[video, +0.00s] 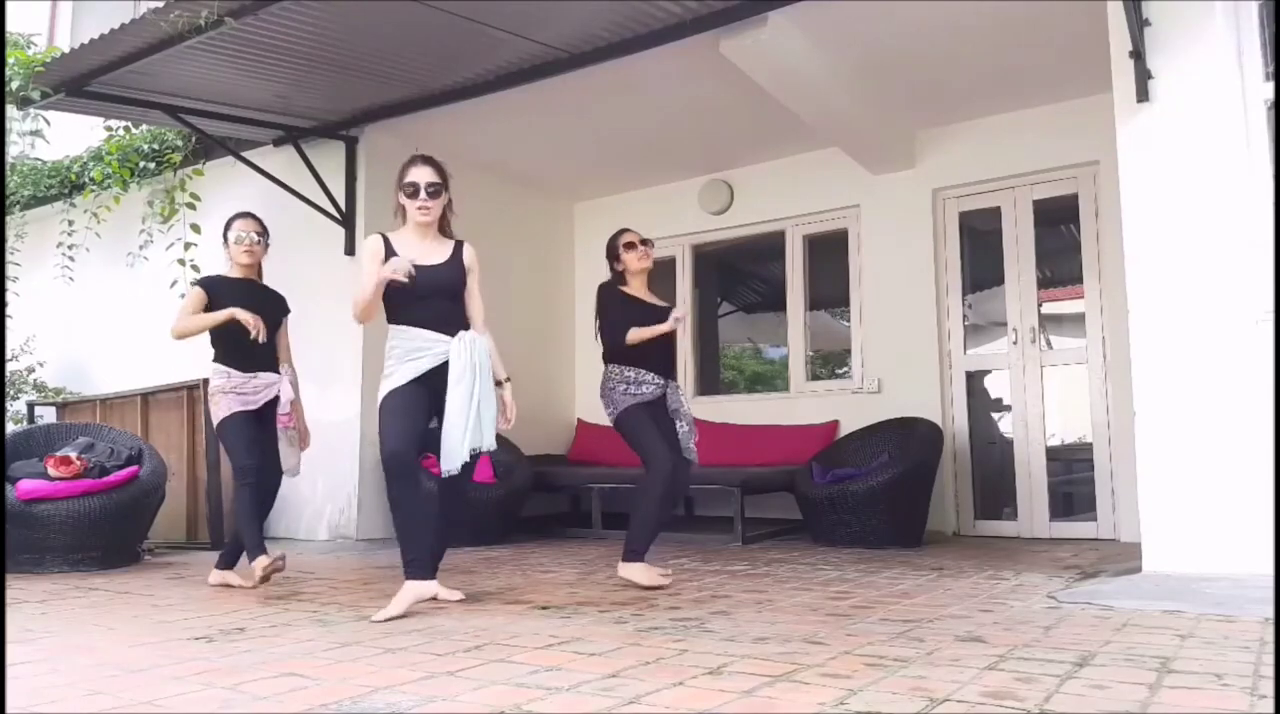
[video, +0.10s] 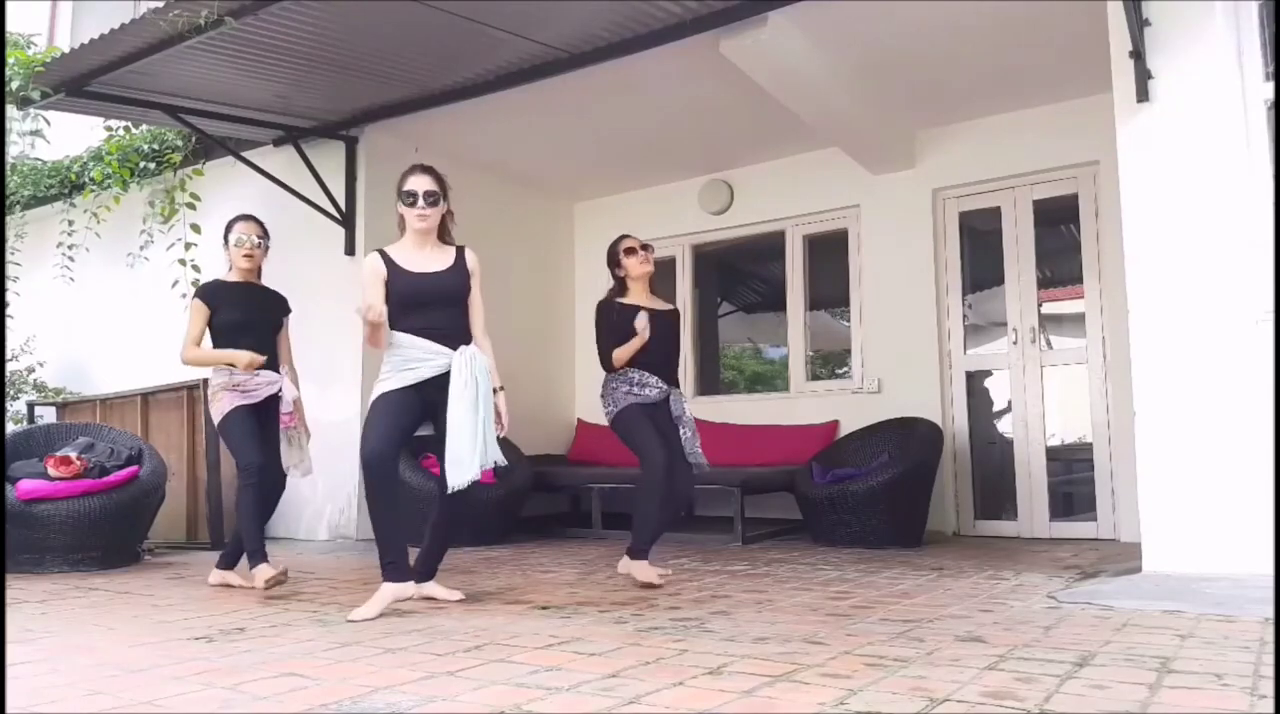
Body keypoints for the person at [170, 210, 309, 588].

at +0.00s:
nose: (249, 241)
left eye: (257, 236)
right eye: (240, 236)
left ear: (266, 246)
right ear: (227, 246)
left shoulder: (275, 300)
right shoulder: (210, 286)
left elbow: (286, 362)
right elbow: (179, 327)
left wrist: (298, 413)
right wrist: (230, 313)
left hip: (272, 390)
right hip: (230, 389)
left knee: (270, 478)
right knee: (247, 469)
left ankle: (224, 567)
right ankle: (258, 558)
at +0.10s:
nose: (249, 247)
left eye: (257, 241)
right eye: (240, 241)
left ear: (266, 250)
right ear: (227, 249)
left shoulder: (276, 301)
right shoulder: (210, 293)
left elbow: (286, 364)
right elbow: (189, 352)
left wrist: (298, 411)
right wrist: (233, 356)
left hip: (272, 392)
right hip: (229, 391)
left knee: (275, 477)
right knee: (252, 466)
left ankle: (225, 566)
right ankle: (258, 565)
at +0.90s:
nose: (247, 239)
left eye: (255, 232)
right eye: (238, 233)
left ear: (267, 238)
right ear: (229, 239)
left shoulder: (284, 291)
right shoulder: (213, 279)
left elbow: (288, 353)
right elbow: (196, 333)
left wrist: (297, 402)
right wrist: (189, 371)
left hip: (269, 387)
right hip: (225, 384)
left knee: (260, 475)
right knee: (232, 469)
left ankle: (238, 566)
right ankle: (208, 567)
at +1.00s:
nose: (249, 247)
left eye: (257, 239)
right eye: (240, 240)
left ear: (270, 246)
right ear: (230, 246)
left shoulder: (283, 299)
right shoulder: (212, 287)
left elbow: (290, 363)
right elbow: (208, 347)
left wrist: (309, 412)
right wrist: (180, 314)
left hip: (272, 392)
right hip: (227, 389)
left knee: (268, 479)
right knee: (230, 468)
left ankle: (240, 564)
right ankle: (214, 564)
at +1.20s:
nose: (249, 259)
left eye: (257, 252)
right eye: (241, 253)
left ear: (270, 257)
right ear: (231, 258)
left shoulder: (284, 308)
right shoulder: (214, 296)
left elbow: (298, 368)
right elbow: (156, 318)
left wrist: (316, 414)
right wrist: (203, 300)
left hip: (275, 398)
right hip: (230, 397)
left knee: (275, 490)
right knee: (224, 472)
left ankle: (240, 567)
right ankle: (215, 559)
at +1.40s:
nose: (246, 257)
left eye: (255, 251)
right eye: (239, 251)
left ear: (269, 258)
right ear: (229, 258)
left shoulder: (283, 310)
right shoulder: (213, 299)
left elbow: (301, 370)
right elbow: (156, 326)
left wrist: (321, 421)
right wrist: (181, 349)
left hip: (275, 399)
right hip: (229, 398)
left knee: (277, 480)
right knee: (216, 473)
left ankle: (240, 566)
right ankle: (215, 568)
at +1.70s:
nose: (238, 241)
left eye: (246, 233)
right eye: (231, 236)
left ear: (266, 235)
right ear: (226, 241)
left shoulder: (290, 285)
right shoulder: (219, 285)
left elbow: (298, 346)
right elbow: (210, 342)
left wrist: (303, 398)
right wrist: (196, 381)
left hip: (256, 381)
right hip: (211, 378)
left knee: (253, 470)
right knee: (202, 461)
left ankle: (246, 563)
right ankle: (179, 558)